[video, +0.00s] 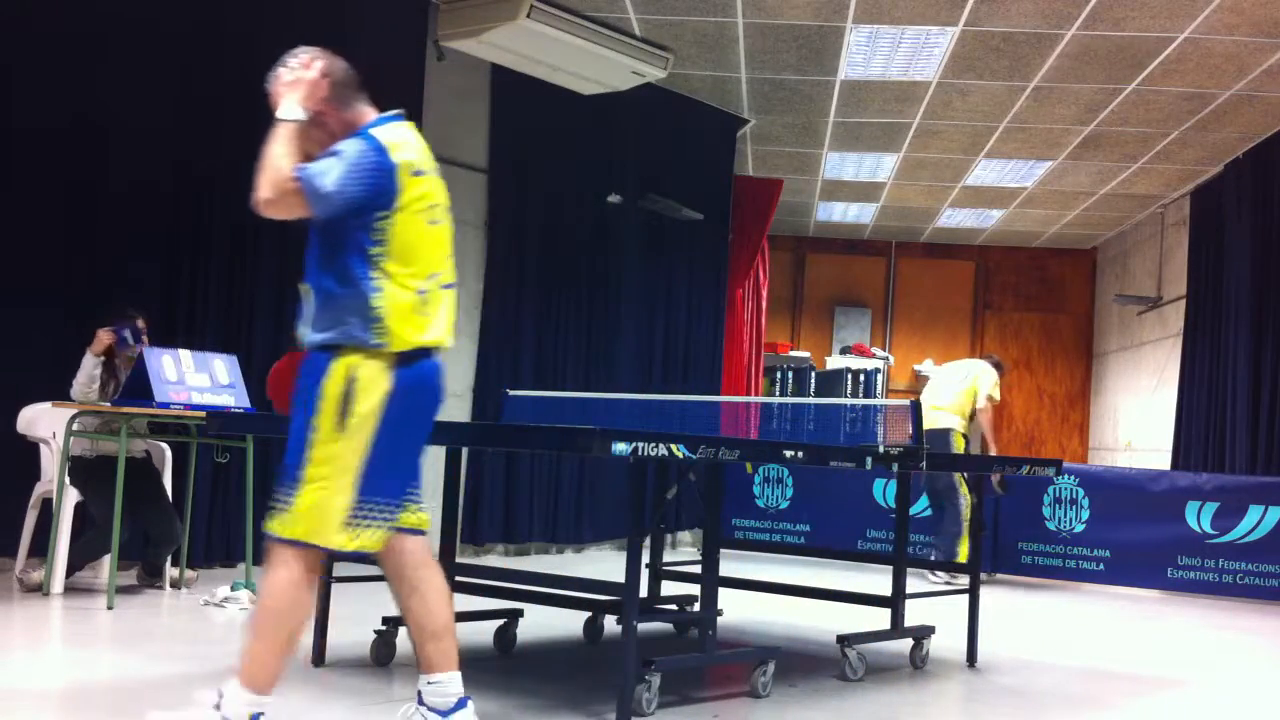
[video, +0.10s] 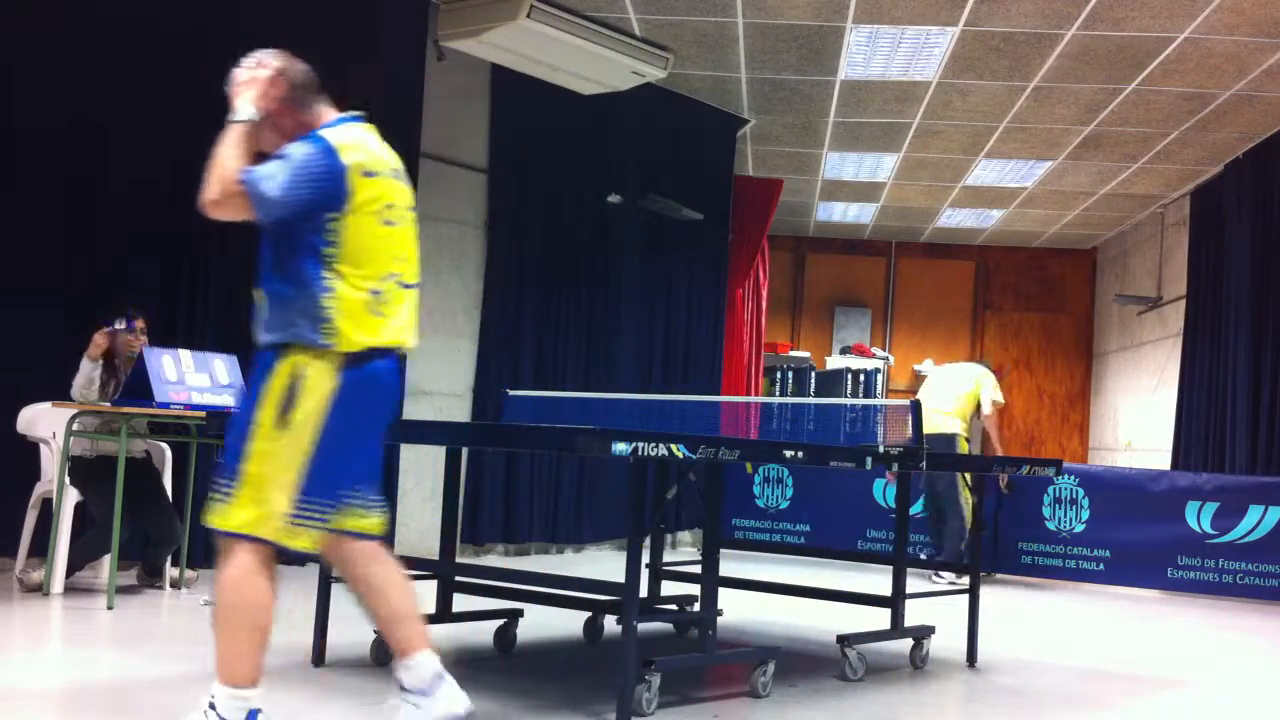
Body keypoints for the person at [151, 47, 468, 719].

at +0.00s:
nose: (292, 129)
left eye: (292, 113)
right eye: (286, 113)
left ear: (317, 98)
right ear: (345, 91)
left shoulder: (369, 153)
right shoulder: (401, 143)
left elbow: (273, 194)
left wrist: (289, 111)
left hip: (360, 369)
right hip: (407, 369)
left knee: (296, 544)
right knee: (401, 538)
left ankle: (241, 704)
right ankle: (446, 701)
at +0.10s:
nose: (249, 126)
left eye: (252, 114)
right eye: (247, 114)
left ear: (275, 107)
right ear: (317, 98)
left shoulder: (323, 156)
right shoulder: (372, 149)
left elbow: (219, 196)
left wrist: (240, 112)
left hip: (318, 366)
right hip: (370, 368)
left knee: (246, 536)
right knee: (346, 532)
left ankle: (231, 707)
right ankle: (430, 688)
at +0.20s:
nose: (214, 124)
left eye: (214, 113)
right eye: (210, 110)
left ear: (231, 102)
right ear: (282, 92)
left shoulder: (271, 151)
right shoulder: (360, 157)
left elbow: (165, 193)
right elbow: (389, 262)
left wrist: (198, 112)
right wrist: (365, 349)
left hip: (277, 364)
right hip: (337, 368)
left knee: (224, 537)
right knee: (293, 528)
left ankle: (231, 706)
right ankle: (383, 650)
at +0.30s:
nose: (180, 101)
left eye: (181, 91)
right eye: (179, 89)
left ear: (200, 87)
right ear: (261, 83)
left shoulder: (226, 144)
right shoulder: (341, 153)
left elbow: (122, 182)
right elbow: (376, 256)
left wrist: (168, 104)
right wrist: (358, 353)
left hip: (247, 355)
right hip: (318, 356)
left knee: (207, 526)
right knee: (259, 509)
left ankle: (227, 704)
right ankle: (297, 659)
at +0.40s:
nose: (167, 83)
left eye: (172, 76)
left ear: (186, 89)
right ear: (250, 84)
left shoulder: (193, 142)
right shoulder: (328, 154)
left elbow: (91, 168)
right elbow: (362, 254)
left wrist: (152, 99)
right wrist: (350, 348)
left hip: (219, 357)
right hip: (296, 359)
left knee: (197, 529)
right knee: (228, 519)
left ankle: (225, 698)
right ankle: (213, 664)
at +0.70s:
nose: (238, 108)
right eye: (236, 100)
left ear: (164, 103)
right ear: (229, 104)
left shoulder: (127, 149)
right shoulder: (273, 165)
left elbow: (78, 158)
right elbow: (296, 271)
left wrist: (138, 106)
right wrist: (297, 365)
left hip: (149, 368)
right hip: (239, 373)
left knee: (99, 513)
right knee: (189, 529)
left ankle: (125, 635)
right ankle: (154, 689)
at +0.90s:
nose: (226, 119)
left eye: (226, 107)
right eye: (221, 105)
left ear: (151, 98)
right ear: (190, 98)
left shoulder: (88, 156)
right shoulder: (214, 160)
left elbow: (98, 157)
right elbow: (223, 258)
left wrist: (131, 119)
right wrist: (244, 357)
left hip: (99, 365)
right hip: (183, 368)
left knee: (84, 521)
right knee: (171, 532)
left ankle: (13, 666)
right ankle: (154, 690)